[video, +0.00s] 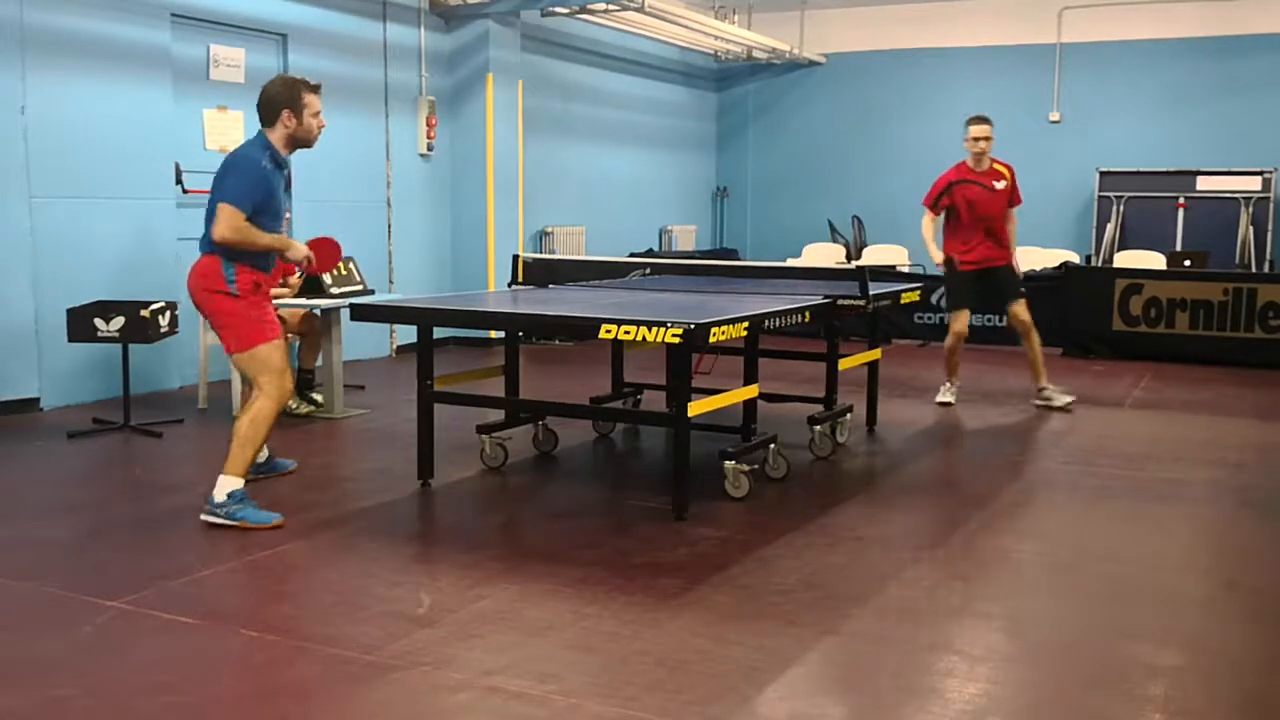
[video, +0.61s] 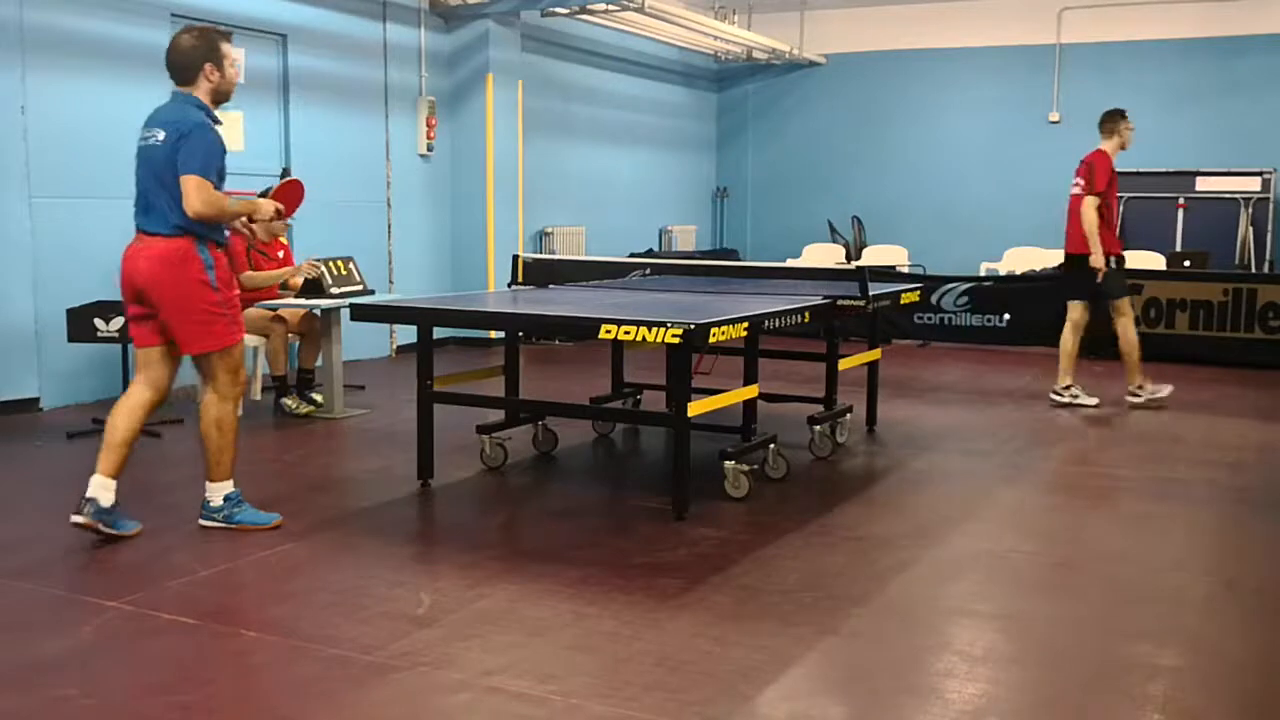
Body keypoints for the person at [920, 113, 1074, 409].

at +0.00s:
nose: (980, 145)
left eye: (985, 140)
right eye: (975, 140)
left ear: (992, 142)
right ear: (965, 142)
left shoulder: (1005, 173)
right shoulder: (951, 178)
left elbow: (1010, 217)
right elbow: (929, 216)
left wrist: (1012, 255)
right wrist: (934, 250)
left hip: (999, 262)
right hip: (961, 264)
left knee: (1025, 322)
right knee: (958, 331)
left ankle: (1042, 387)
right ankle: (950, 383)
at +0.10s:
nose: (1013, 146)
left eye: (1017, 140)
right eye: (1006, 141)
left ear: (1022, 141)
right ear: (992, 144)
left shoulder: (1028, 175)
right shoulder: (978, 178)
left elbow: (1027, 221)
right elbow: (950, 213)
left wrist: (1027, 258)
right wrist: (958, 242)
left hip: (1019, 270)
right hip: (984, 271)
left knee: (1049, 320)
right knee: (973, 333)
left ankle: (1060, 389)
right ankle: (951, 384)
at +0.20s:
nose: (1046, 139)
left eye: (1048, 134)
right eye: (1040, 135)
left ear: (1048, 137)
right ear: (1023, 137)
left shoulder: (1048, 169)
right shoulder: (1005, 173)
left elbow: (1048, 211)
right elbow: (979, 215)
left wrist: (1050, 248)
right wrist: (994, 241)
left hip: (1044, 264)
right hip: (1013, 265)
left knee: (1067, 320)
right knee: (999, 325)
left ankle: (1063, 389)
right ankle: (955, 379)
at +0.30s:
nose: (1073, 135)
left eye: (1075, 129)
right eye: (1068, 129)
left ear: (1072, 132)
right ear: (1050, 132)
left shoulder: (1067, 166)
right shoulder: (1029, 169)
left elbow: (1063, 211)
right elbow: (1012, 214)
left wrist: (1070, 249)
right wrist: (1033, 247)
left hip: (1065, 257)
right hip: (1040, 258)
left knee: (1075, 320)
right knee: (1037, 322)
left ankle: (1064, 388)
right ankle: (978, 365)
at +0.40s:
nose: (1095, 132)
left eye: (1096, 126)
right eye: (1090, 126)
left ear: (1083, 131)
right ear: (1074, 129)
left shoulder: (1079, 167)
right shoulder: (1053, 165)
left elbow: (1076, 214)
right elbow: (1039, 212)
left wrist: (1086, 251)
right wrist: (1061, 250)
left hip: (1081, 254)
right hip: (1061, 254)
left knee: (1076, 321)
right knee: (1078, 318)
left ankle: (1064, 387)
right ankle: (1023, 365)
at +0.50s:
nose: (1117, 132)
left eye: (1116, 127)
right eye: (1113, 127)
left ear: (1098, 130)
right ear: (1097, 129)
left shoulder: (1086, 164)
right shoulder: (1076, 163)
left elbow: (1079, 212)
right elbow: (1064, 211)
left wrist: (1093, 249)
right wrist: (1078, 251)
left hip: (1080, 254)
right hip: (1084, 254)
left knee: (1075, 318)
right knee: (1109, 315)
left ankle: (1063, 383)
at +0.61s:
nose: (1131, 135)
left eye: (1130, 129)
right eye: (1129, 129)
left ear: (1105, 131)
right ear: (1118, 131)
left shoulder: (1089, 162)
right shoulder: (1102, 161)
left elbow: (1084, 208)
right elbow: (1089, 207)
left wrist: (1100, 247)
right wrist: (1096, 251)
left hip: (1079, 256)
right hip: (1102, 255)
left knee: (1075, 319)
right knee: (1124, 316)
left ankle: (1064, 385)